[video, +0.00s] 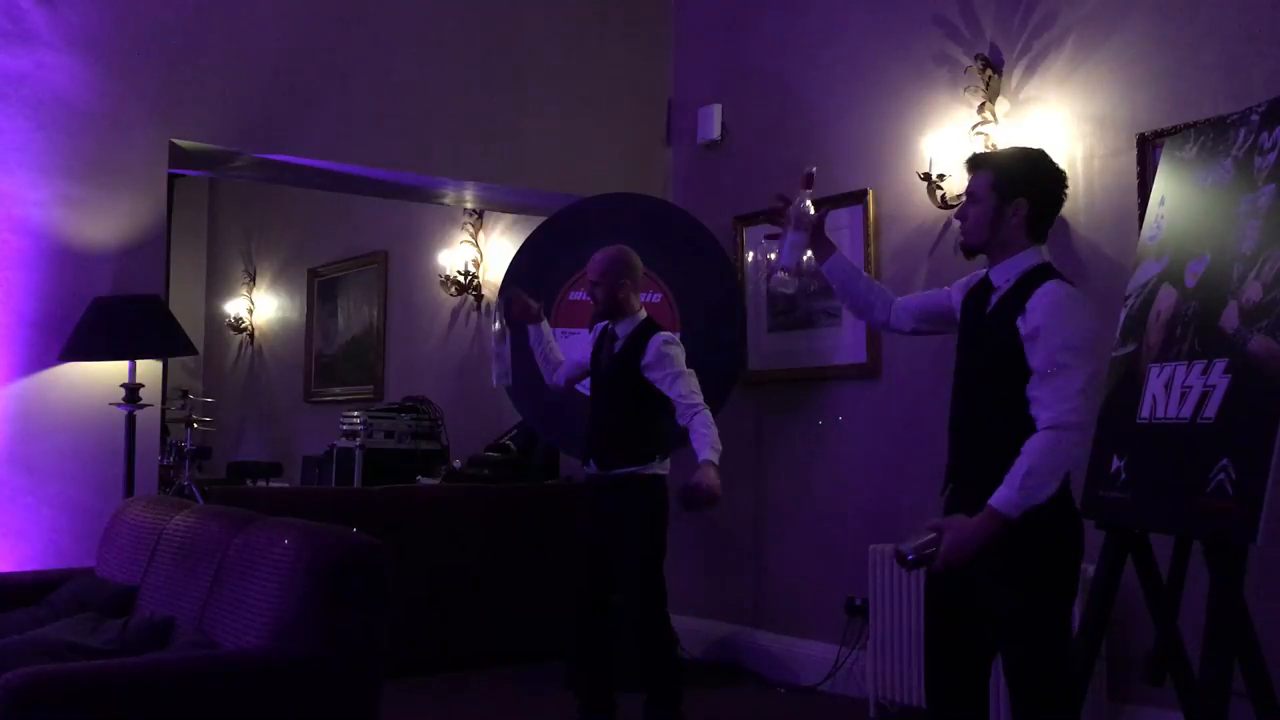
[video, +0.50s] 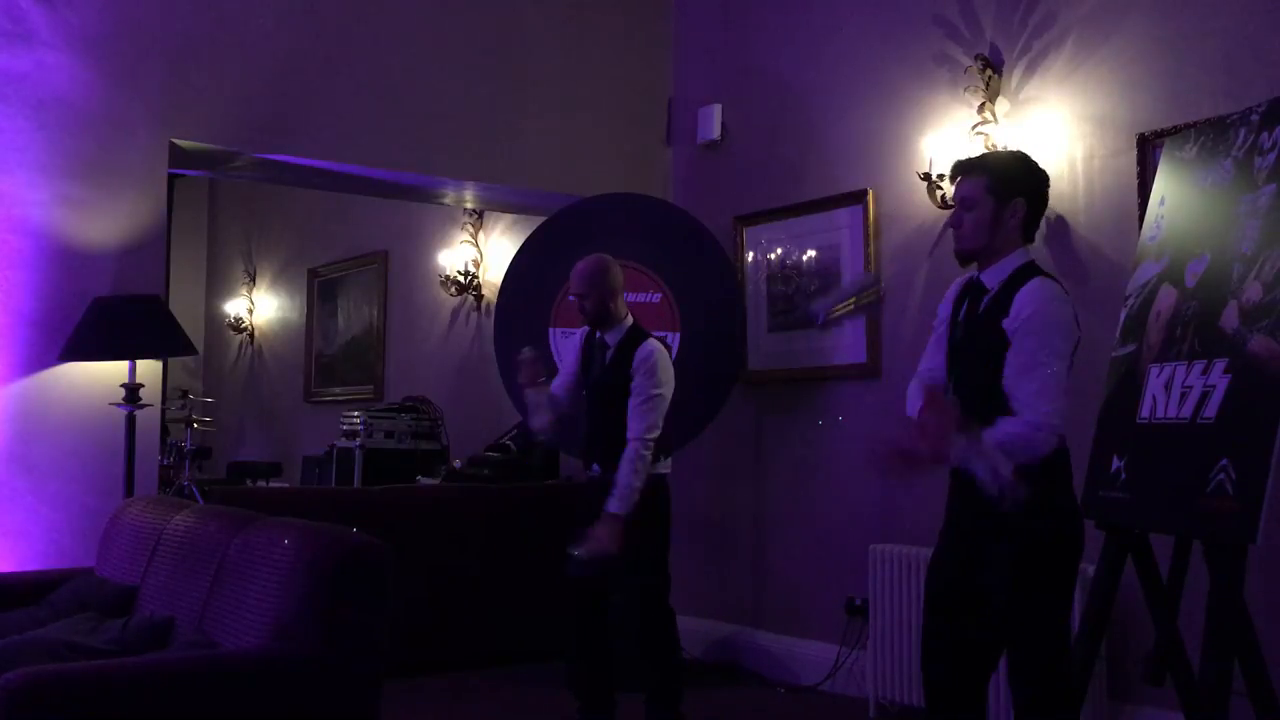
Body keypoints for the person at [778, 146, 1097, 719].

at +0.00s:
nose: (959, 209)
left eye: (972, 198)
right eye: (964, 196)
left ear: (1016, 212)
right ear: (1006, 214)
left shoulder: (1056, 304)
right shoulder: (976, 294)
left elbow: (1064, 432)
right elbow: (886, 309)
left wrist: (983, 520)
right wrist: (816, 241)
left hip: (1030, 530)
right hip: (967, 525)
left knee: (1040, 697)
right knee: (954, 690)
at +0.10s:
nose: (960, 210)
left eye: (975, 199)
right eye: (965, 197)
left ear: (1019, 216)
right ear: (1009, 217)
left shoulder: (1048, 307)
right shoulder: (978, 293)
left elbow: (1036, 439)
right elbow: (882, 315)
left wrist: (961, 527)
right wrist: (821, 249)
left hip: (1028, 523)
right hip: (969, 518)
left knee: (1037, 692)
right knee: (952, 687)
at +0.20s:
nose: (960, 214)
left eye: (975, 202)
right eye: (964, 201)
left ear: (1019, 217)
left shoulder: (1043, 308)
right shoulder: (979, 293)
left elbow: (1012, 437)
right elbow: (886, 329)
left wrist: (932, 515)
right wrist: (830, 277)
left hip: (1028, 516)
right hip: (974, 510)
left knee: (1035, 687)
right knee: (950, 681)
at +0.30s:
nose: (958, 219)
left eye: (973, 207)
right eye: (960, 205)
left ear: (1019, 218)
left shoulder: (1038, 308)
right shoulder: (976, 295)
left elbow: (991, 436)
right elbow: (885, 358)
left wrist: (895, 486)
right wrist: (868, 314)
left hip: (1030, 510)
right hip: (979, 504)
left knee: (1031, 675)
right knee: (949, 667)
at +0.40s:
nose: (954, 221)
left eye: (969, 208)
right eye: (956, 207)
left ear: (1014, 219)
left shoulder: (1034, 305)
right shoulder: (970, 292)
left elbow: (997, 432)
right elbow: (915, 385)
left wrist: (897, 433)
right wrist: (923, 357)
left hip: (1030, 507)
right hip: (978, 499)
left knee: (1034, 677)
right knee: (948, 667)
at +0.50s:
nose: (953, 218)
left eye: (968, 206)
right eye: (954, 205)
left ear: (1013, 215)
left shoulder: (1040, 300)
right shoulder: (960, 294)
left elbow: (1041, 428)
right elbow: (926, 381)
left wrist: (959, 444)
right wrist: (929, 420)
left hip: (1033, 503)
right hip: (973, 497)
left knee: (1038, 677)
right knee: (948, 667)